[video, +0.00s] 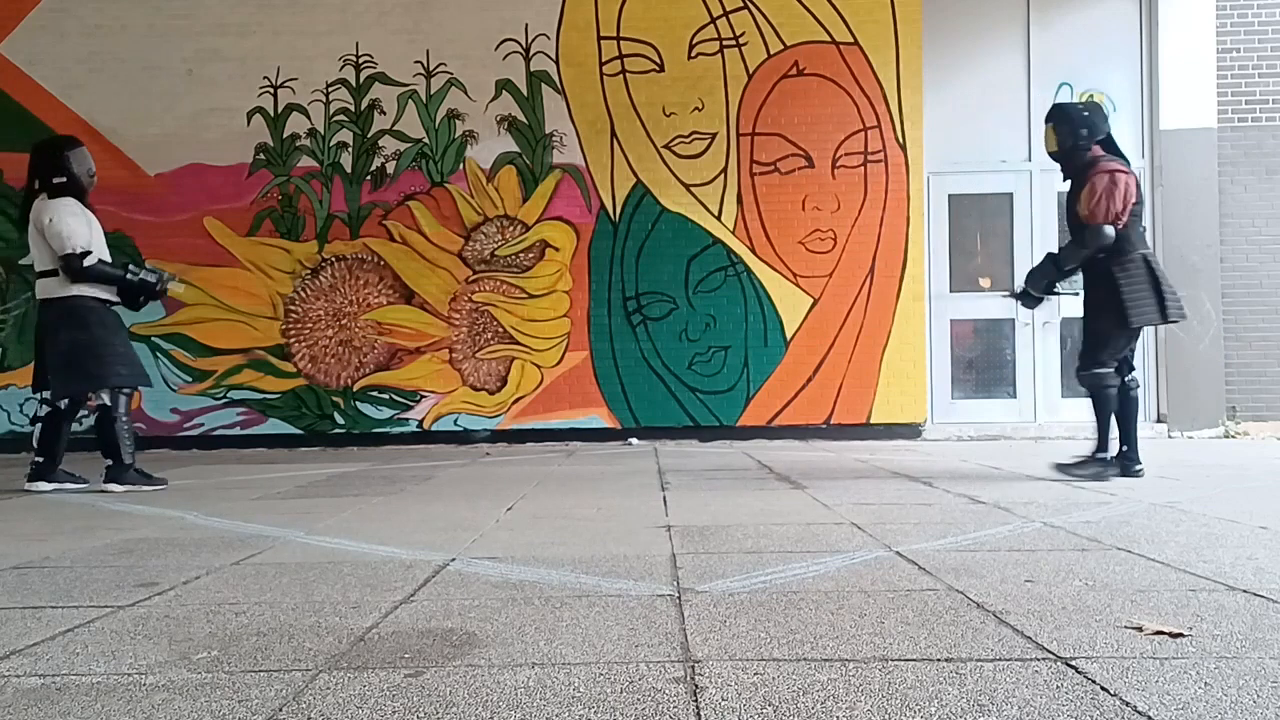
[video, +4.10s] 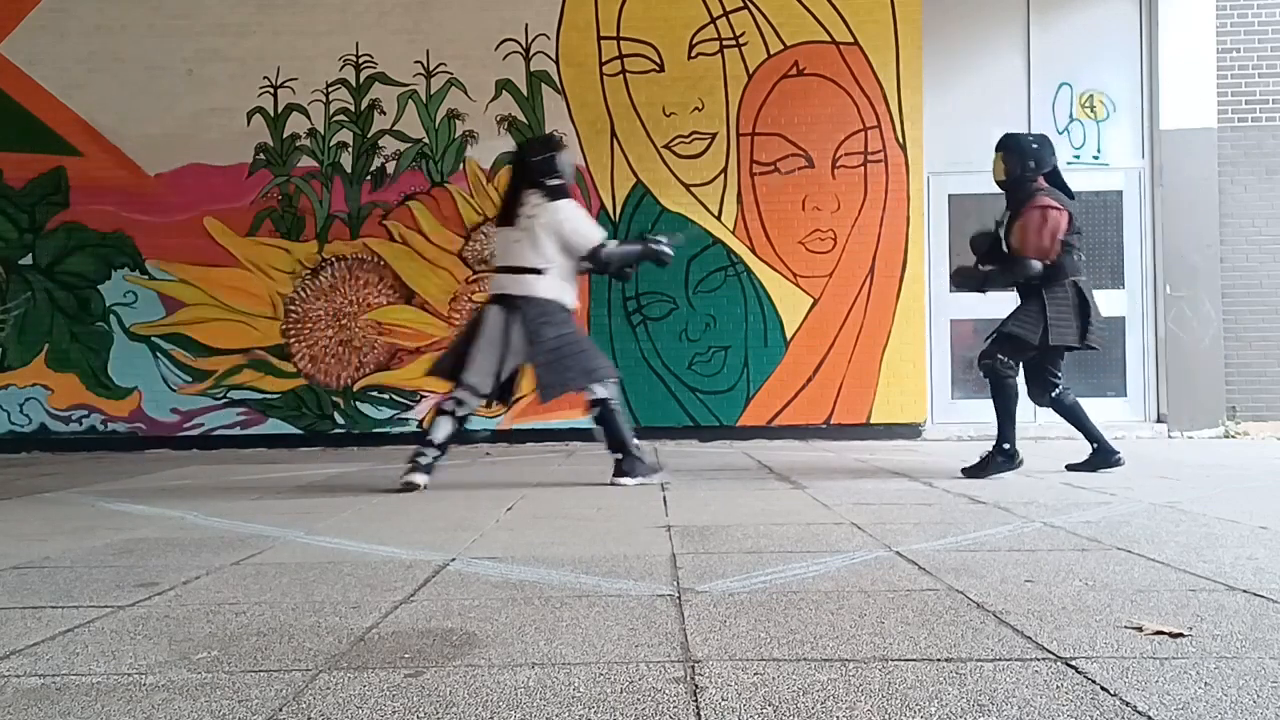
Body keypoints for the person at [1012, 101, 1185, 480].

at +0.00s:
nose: (1052, 146)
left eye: (1057, 137)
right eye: (1051, 137)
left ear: (1080, 136)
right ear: (1086, 136)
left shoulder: (1106, 176)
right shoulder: (1092, 176)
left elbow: (1097, 238)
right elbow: (1086, 242)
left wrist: (1051, 269)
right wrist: (1048, 277)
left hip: (1117, 286)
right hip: (1116, 285)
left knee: (1097, 367)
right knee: (1119, 368)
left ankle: (1103, 454)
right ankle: (1129, 457)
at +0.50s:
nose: (1092, 143)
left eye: (1099, 134)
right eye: (1089, 135)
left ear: (1124, 134)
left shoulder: (1158, 174)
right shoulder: (1102, 187)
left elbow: (1164, 231)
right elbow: (1081, 240)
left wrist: (1104, 230)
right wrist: (1065, 208)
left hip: (1161, 283)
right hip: (1119, 285)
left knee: (1167, 373)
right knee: (1116, 372)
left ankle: (1173, 455)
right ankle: (1137, 453)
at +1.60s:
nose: (1070, 151)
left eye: (1075, 142)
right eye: (1069, 142)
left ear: (1098, 143)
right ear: (1100, 143)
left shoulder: (1122, 185)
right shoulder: (1094, 184)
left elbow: (1097, 243)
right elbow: (1076, 235)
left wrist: (1054, 263)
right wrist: (1056, 229)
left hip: (1122, 288)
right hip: (1092, 289)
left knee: (1120, 380)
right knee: (1081, 375)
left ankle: (1164, 446)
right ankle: (1106, 456)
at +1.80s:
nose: (1042, 159)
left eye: (1047, 151)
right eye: (1041, 151)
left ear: (1069, 151)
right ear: (1077, 151)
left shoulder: (1086, 189)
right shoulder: (1085, 185)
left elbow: (1047, 237)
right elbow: (1059, 228)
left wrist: (1002, 248)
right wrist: (1032, 219)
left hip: (1095, 293)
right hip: (1094, 292)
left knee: (1055, 368)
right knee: (1063, 369)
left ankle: (1103, 454)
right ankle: (1086, 449)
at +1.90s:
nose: (1024, 163)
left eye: (1030, 155)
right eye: (1024, 155)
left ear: (1052, 156)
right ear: (1063, 157)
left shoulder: (1062, 195)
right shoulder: (1081, 190)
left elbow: (1019, 242)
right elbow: (1049, 229)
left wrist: (978, 245)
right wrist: (1019, 218)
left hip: (1079, 297)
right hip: (1098, 297)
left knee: (1028, 368)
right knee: (1062, 377)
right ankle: (1103, 456)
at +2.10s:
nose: (991, 172)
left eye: (996, 165)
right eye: (991, 165)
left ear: (1018, 167)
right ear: (1033, 169)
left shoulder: (1021, 206)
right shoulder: (1055, 201)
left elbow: (981, 254)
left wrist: (954, 260)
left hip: (1034, 308)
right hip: (1059, 306)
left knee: (977, 374)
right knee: (1039, 391)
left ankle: (948, 458)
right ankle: (1102, 456)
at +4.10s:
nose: (999, 170)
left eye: (1005, 163)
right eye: (998, 163)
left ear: (1028, 166)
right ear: (1030, 167)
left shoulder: (1041, 208)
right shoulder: (1028, 204)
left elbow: (1029, 268)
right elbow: (1023, 257)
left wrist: (981, 279)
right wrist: (996, 253)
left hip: (1054, 300)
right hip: (1055, 299)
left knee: (997, 360)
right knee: (1044, 386)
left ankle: (1005, 450)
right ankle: (1103, 449)